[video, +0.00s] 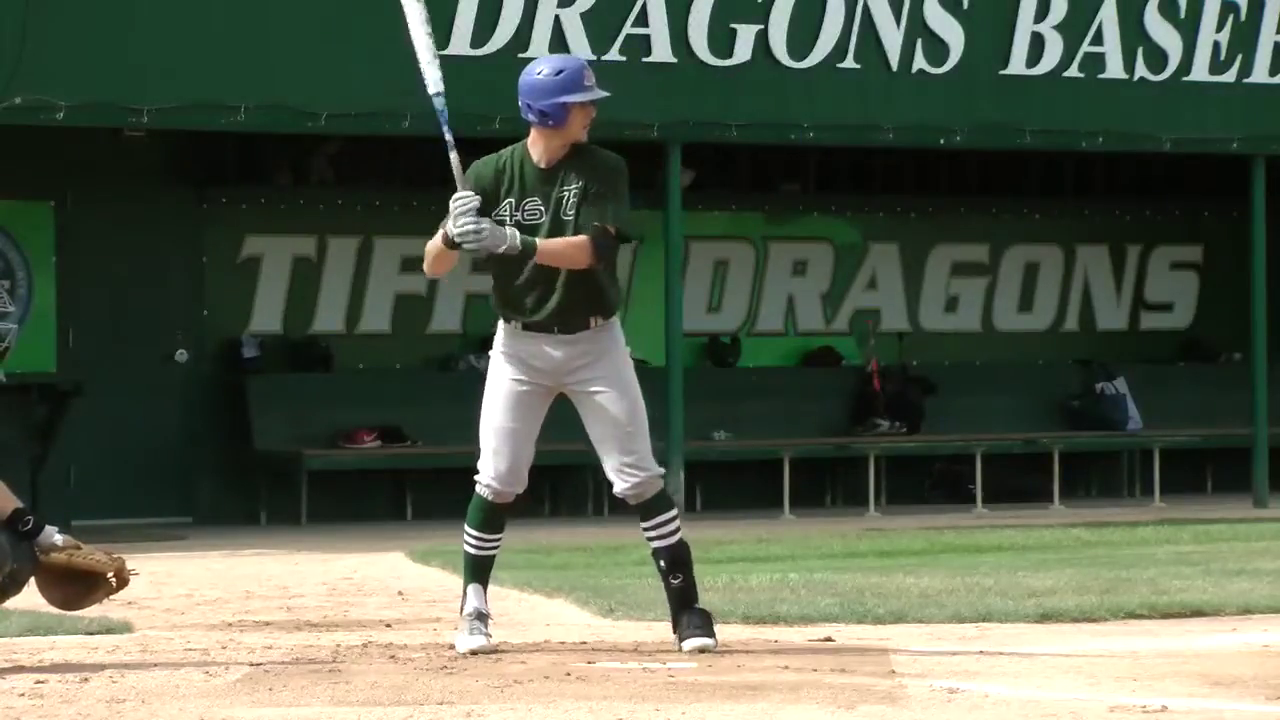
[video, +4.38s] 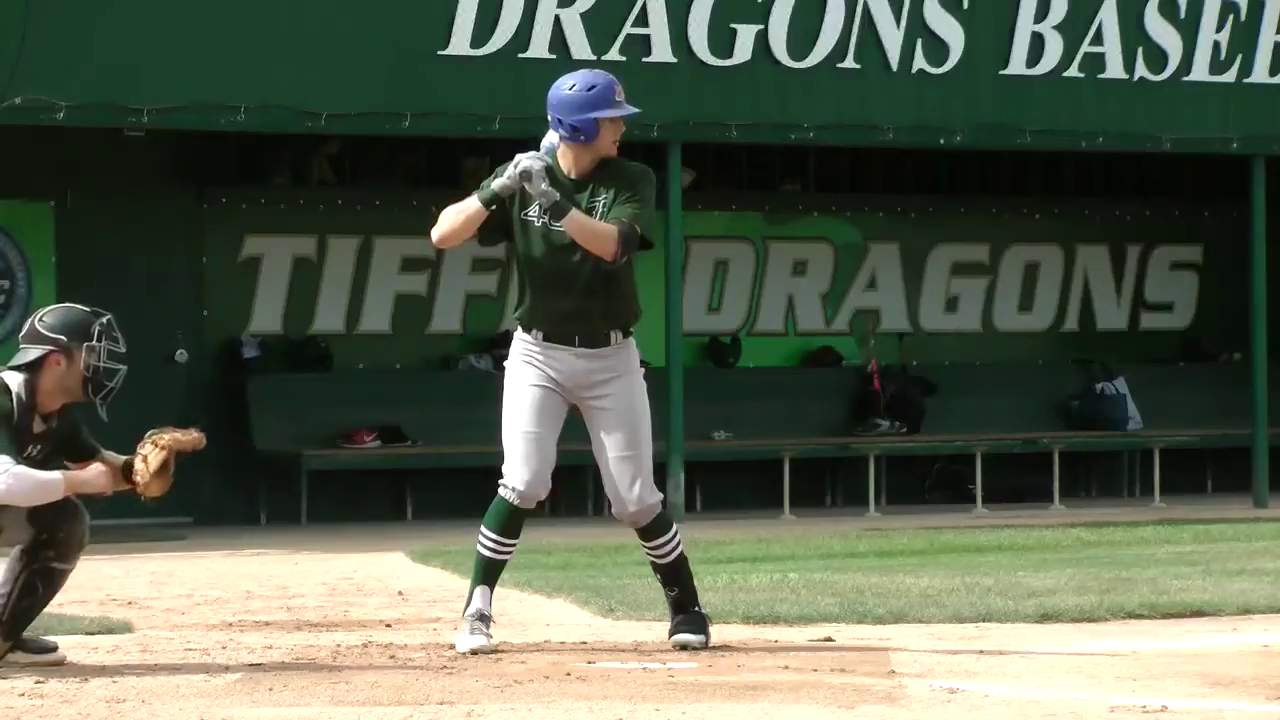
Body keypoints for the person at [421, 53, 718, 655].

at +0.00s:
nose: (592, 113)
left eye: (590, 104)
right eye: (582, 106)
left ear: (567, 112)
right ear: (547, 112)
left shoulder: (603, 170)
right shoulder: (489, 176)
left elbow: (593, 251)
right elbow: (434, 267)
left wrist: (513, 243)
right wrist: (451, 233)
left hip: (597, 346)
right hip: (519, 349)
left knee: (638, 477)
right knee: (498, 479)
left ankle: (688, 613)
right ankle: (473, 610)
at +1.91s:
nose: (623, 126)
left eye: (621, 117)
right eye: (614, 119)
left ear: (593, 122)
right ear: (582, 124)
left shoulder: (628, 179)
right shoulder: (521, 172)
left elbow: (616, 241)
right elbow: (432, 224)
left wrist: (550, 209)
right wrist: (488, 190)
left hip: (610, 358)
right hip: (533, 355)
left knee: (639, 495)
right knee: (525, 484)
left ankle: (687, 611)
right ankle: (477, 610)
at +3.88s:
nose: (621, 128)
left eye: (620, 119)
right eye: (611, 121)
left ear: (600, 124)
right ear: (578, 126)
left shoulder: (630, 178)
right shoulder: (523, 172)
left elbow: (617, 244)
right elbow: (440, 232)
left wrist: (554, 206)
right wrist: (496, 190)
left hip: (612, 358)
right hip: (535, 354)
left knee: (637, 497)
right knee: (523, 482)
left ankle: (687, 612)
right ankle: (477, 610)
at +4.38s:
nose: (621, 129)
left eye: (620, 120)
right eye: (611, 122)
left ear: (601, 124)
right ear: (577, 126)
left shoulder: (630, 179)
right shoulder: (523, 174)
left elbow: (616, 245)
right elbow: (442, 235)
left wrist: (554, 204)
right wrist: (497, 191)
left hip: (612, 359)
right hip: (535, 355)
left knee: (636, 498)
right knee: (523, 482)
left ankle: (686, 611)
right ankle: (477, 609)